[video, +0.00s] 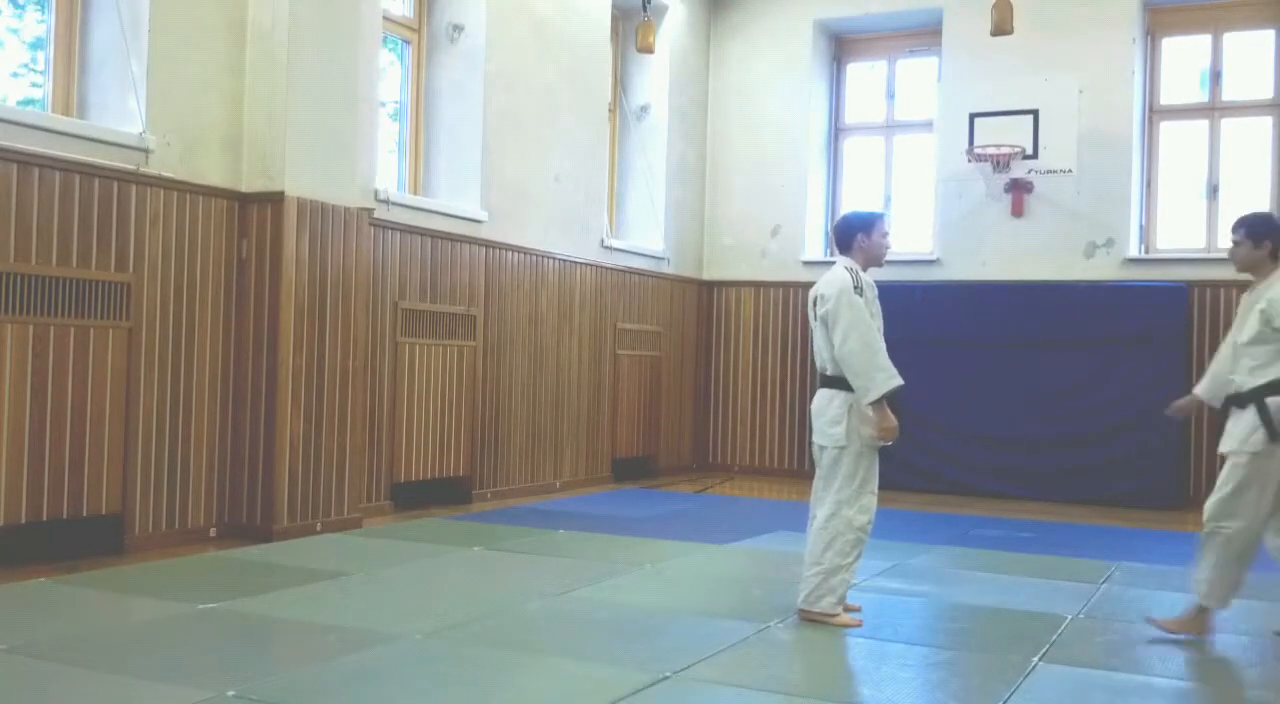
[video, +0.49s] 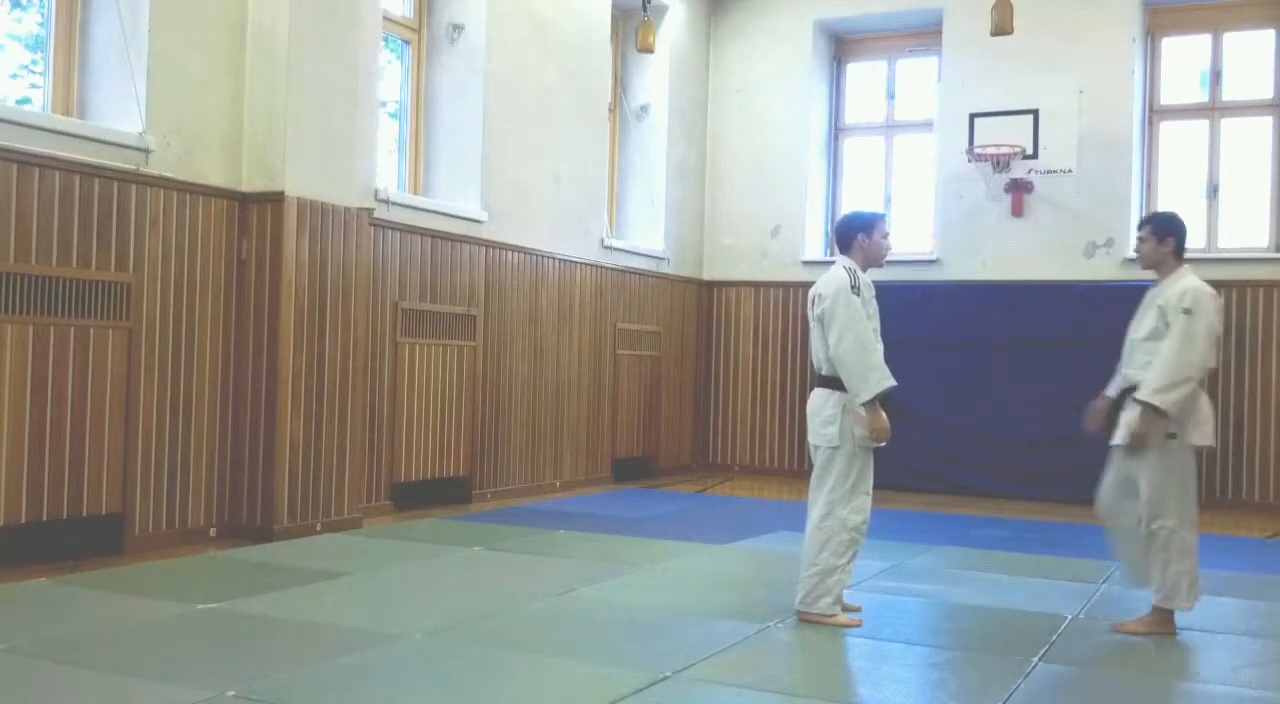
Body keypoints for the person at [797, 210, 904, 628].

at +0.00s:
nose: (889, 244)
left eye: (887, 236)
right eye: (883, 236)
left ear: (858, 241)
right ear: (861, 240)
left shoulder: (844, 281)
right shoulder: (845, 285)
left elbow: (859, 347)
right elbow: (858, 349)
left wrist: (877, 401)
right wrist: (881, 406)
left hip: (842, 401)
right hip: (846, 404)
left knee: (839, 502)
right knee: (847, 506)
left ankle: (826, 591)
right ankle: (819, 601)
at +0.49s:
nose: (890, 245)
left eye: (888, 237)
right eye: (885, 237)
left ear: (862, 240)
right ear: (862, 240)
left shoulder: (852, 282)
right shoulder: (841, 284)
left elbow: (859, 347)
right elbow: (852, 349)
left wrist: (873, 401)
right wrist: (872, 406)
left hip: (847, 403)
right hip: (839, 405)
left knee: (844, 504)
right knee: (840, 506)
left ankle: (826, 591)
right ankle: (816, 602)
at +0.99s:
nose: (887, 245)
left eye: (886, 237)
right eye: (882, 237)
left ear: (859, 241)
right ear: (859, 240)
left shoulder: (846, 282)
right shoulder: (838, 284)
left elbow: (839, 353)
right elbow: (874, 331)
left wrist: (877, 380)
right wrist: (935, 343)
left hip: (845, 404)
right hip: (837, 407)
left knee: (840, 505)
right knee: (839, 508)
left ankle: (825, 592)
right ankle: (815, 603)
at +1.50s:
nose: (885, 244)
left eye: (883, 237)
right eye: (879, 236)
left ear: (852, 242)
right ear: (857, 241)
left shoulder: (830, 281)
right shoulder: (848, 279)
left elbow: (860, 341)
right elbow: (915, 293)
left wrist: (916, 334)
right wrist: (982, 280)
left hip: (835, 402)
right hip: (841, 407)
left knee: (837, 505)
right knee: (841, 509)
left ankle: (823, 593)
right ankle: (817, 603)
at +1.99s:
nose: (885, 246)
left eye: (884, 238)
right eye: (880, 238)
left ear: (851, 242)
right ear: (857, 241)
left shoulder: (830, 280)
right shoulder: (845, 280)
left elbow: (854, 339)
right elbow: (910, 292)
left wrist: (909, 332)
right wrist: (977, 273)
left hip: (834, 401)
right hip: (841, 406)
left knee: (837, 506)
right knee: (842, 509)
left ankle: (823, 594)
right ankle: (819, 602)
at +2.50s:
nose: (874, 246)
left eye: (873, 238)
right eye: (870, 238)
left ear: (841, 240)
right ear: (850, 240)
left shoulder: (814, 280)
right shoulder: (839, 281)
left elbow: (860, 336)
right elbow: (904, 301)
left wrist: (920, 329)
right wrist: (970, 285)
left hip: (817, 401)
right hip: (833, 406)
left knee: (829, 505)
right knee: (841, 508)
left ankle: (822, 595)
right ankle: (819, 603)